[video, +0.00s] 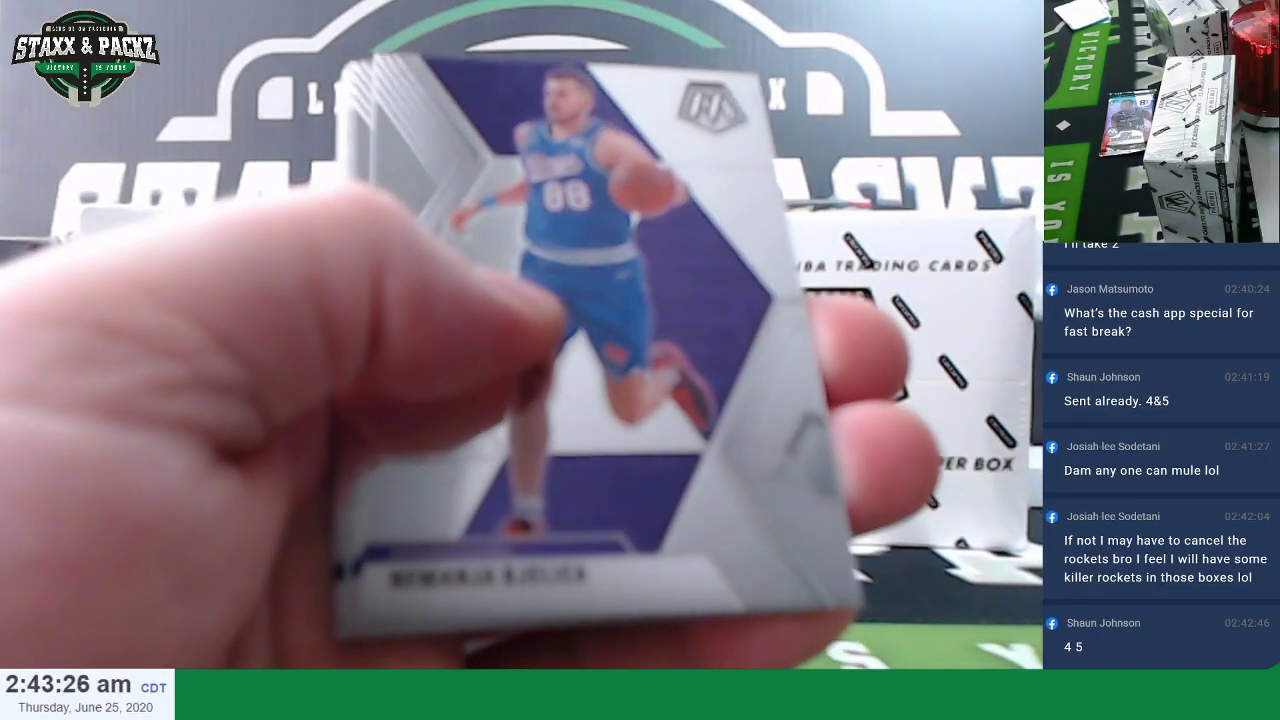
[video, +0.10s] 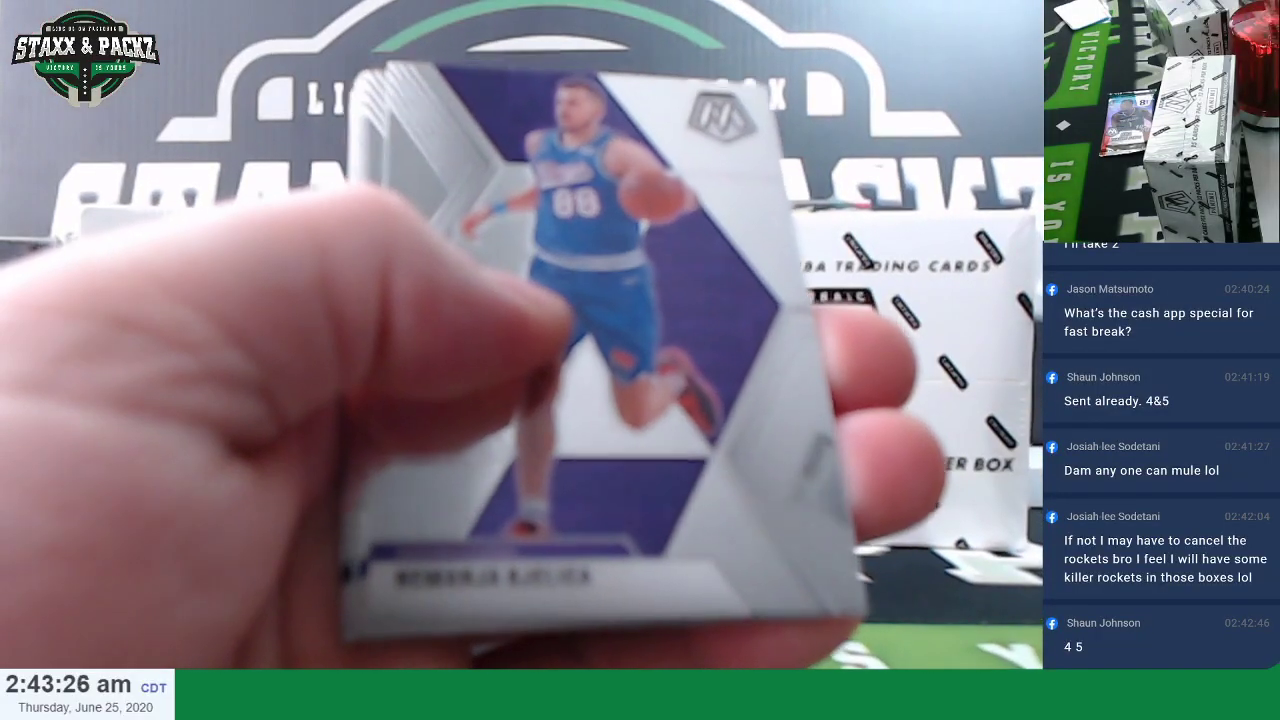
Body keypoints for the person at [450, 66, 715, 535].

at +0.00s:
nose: (555, 100)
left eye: (565, 93)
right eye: (550, 93)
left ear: (588, 100)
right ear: (543, 101)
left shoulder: (608, 143)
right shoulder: (528, 136)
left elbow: (655, 180)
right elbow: (538, 185)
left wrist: (658, 191)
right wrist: (483, 204)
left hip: (610, 280)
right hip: (544, 275)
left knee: (629, 408)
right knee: (527, 388)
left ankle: (672, 372)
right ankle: (527, 517)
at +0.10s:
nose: (566, 108)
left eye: (576, 101)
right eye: (562, 101)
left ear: (599, 109)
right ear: (554, 109)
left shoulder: (618, 151)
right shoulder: (538, 144)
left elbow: (670, 188)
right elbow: (548, 192)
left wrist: (669, 199)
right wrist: (494, 209)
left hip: (618, 286)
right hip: (552, 281)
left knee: (636, 412)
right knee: (534, 391)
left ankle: (679, 377)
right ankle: (532, 518)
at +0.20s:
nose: (570, 101)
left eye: (580, 93)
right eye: (565, 94)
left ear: (604, 102)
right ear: (557, 102)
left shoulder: (622, 146)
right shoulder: (541, 139)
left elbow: (667, 181)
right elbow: (550, 186)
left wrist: (674, 195)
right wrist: (496, 205)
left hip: (621, 283)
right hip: (554, 277)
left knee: (637, 411)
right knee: (534, 390)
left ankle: (681, 375)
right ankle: (532, 518)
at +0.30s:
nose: (559, 92)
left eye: (570, 85)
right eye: (555, 85)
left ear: (594, 93)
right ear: (546, 93)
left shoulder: (612, 137)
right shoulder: (530, 130)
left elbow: (669, 178)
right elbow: (539, 180)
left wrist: (665, 188)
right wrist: (483, 198)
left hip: (611, 278)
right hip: (542, 272)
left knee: (627, 410)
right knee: (523, 388)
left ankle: (671, 373)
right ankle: (520, 520)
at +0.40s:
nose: (557, 92)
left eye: (567, 85)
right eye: (552, 85)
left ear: (591, 93)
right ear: (544, 93)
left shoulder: (611, 137)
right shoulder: (528, 130)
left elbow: (665, 175)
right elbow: (538, 179)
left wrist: (664, 186)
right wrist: (482, 198)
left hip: (610, 277)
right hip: (542, 271)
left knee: (627, 407)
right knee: (524, 386)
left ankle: (671, 371)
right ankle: (522, 516)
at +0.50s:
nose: (562, 89)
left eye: (572, 81)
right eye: (556, 82)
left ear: (595, 88)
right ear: (548, 90)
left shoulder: (615, 133)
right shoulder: (533, 126)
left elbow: (668, 171)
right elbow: (542, 176)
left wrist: (665, 183)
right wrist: (487, 197)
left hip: (616, 274)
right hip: (548, 268)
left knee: (634, 404)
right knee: (531, 383)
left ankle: (679, 368)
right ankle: (530, 515)